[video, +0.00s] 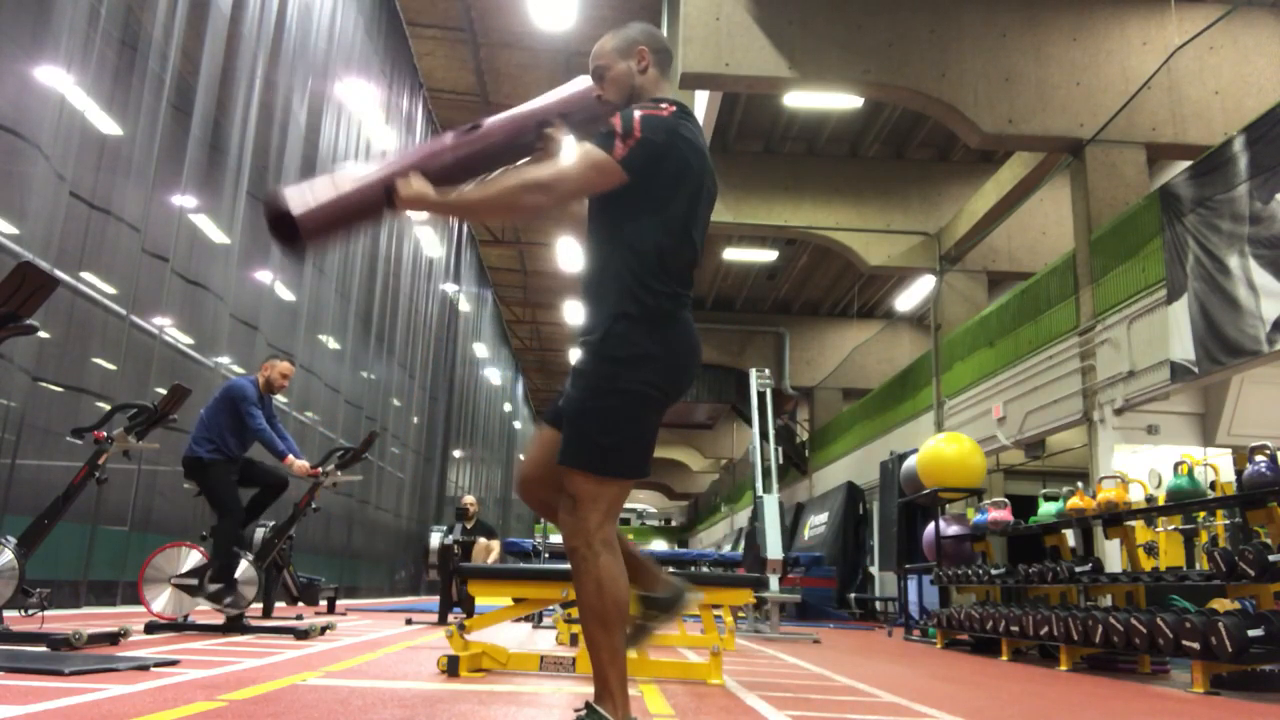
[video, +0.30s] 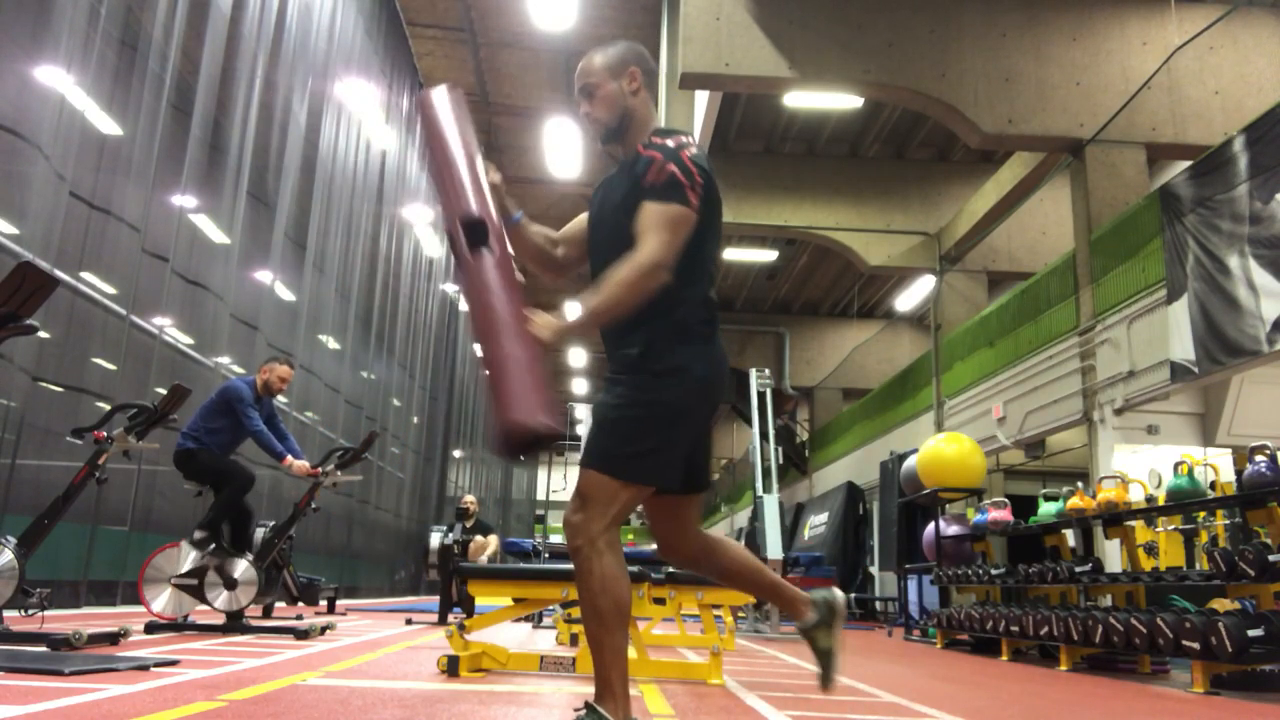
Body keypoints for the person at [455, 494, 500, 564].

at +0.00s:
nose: (468, 508)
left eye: (471, 505)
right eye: (465, 505)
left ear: (477, 508)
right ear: (461, 507)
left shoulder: (486, 528)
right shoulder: (454, 528)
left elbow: (496, 550)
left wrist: (487, 564)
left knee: (481, 541)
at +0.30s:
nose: (468, 506)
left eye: (471, 503)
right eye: (465, 503)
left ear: (477, 508)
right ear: (460, 506)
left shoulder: (483, 526)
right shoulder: (453, 526)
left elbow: (494, 542)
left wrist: (485, 556)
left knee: (479, 540)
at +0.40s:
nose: (470, 505)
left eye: (473, 503)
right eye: (466, 503)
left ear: (478, 507)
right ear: (462, 506)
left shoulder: (484, 525)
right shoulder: (454, 526)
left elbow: (492, 537)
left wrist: (485, 549)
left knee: (477, 540)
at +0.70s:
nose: (474, 506)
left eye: (478, 504)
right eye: (471, 504)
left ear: (483, 510)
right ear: (467, 508)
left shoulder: (487, 526)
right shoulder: (459, 524)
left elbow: (492, 534)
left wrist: (486, 544)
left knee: (477, 548)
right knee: (458, 548)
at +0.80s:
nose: (476, 508)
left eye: (479, 506)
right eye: (473, 506)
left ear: (484, 511)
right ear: (469, 509)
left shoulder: (488, 526)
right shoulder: (461, 525)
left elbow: (493, 535)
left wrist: (486, 545)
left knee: (476, 553)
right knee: (460, 552)